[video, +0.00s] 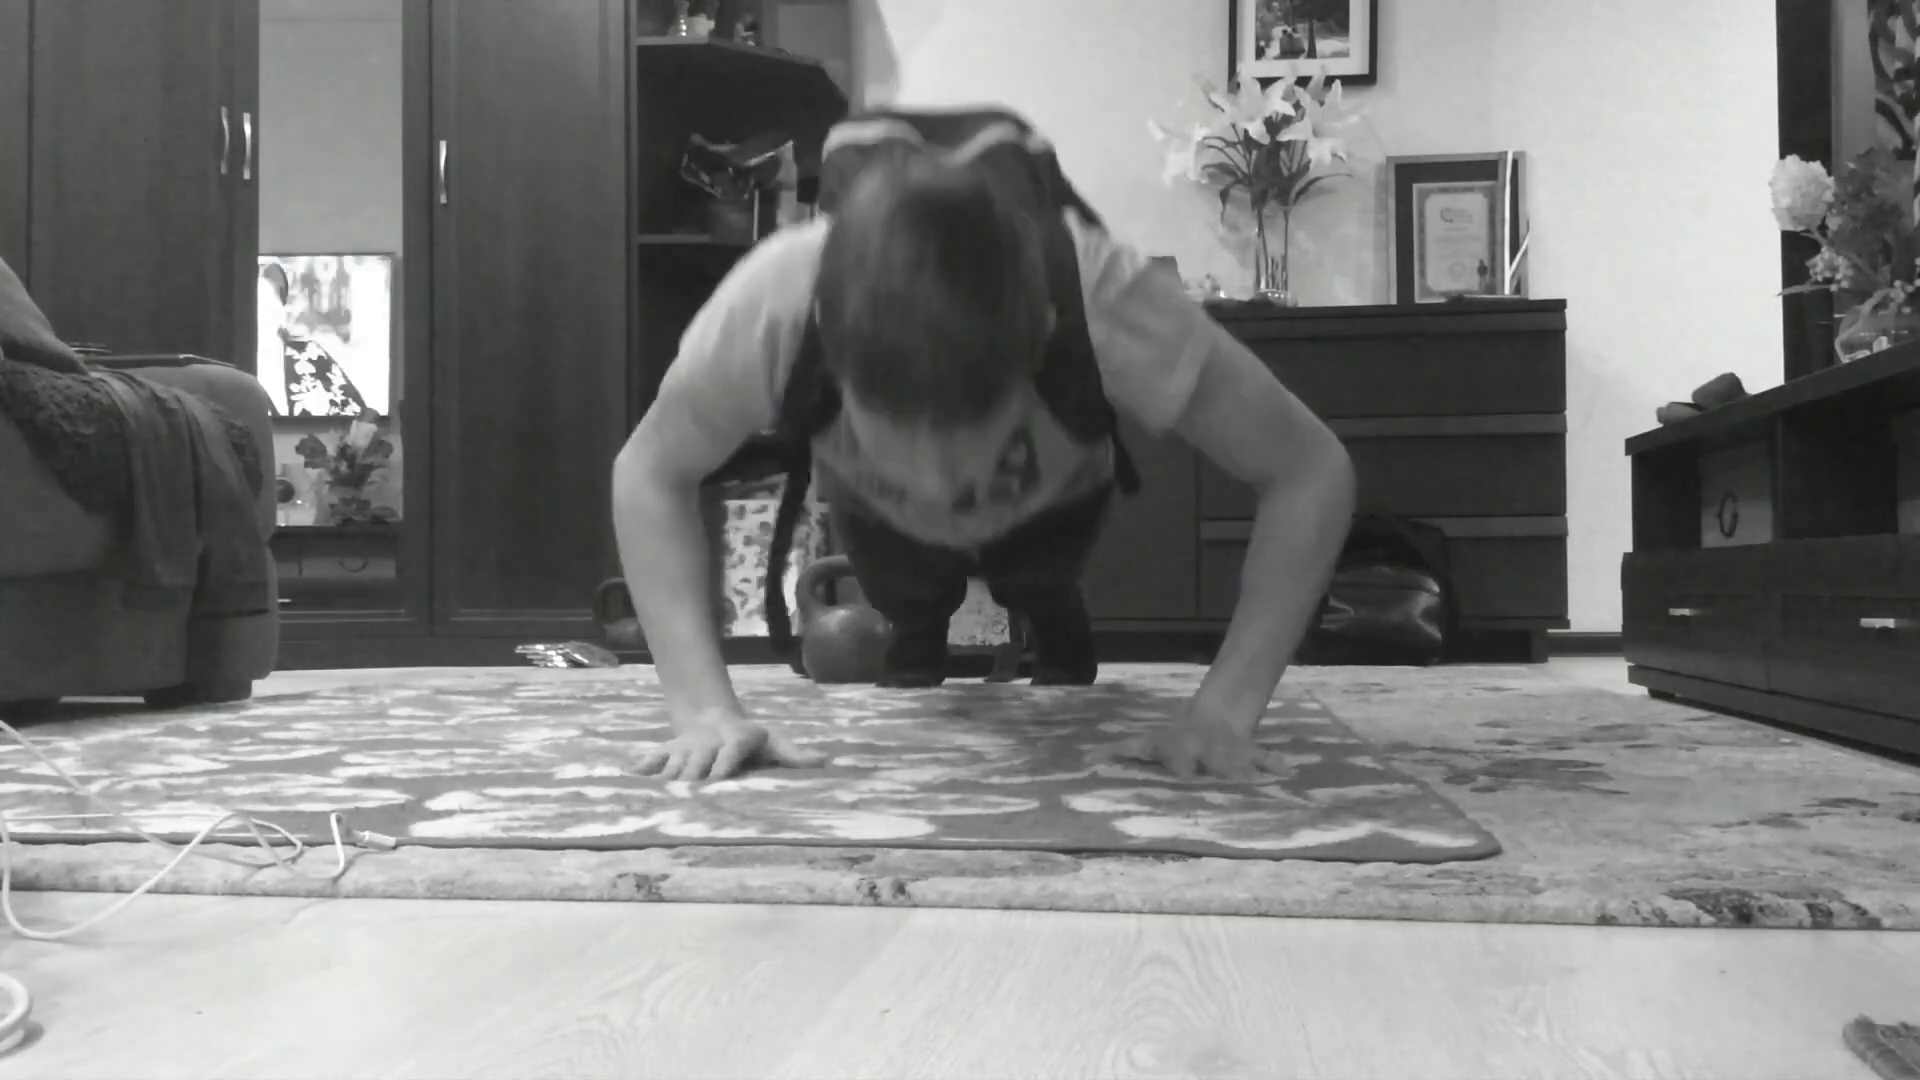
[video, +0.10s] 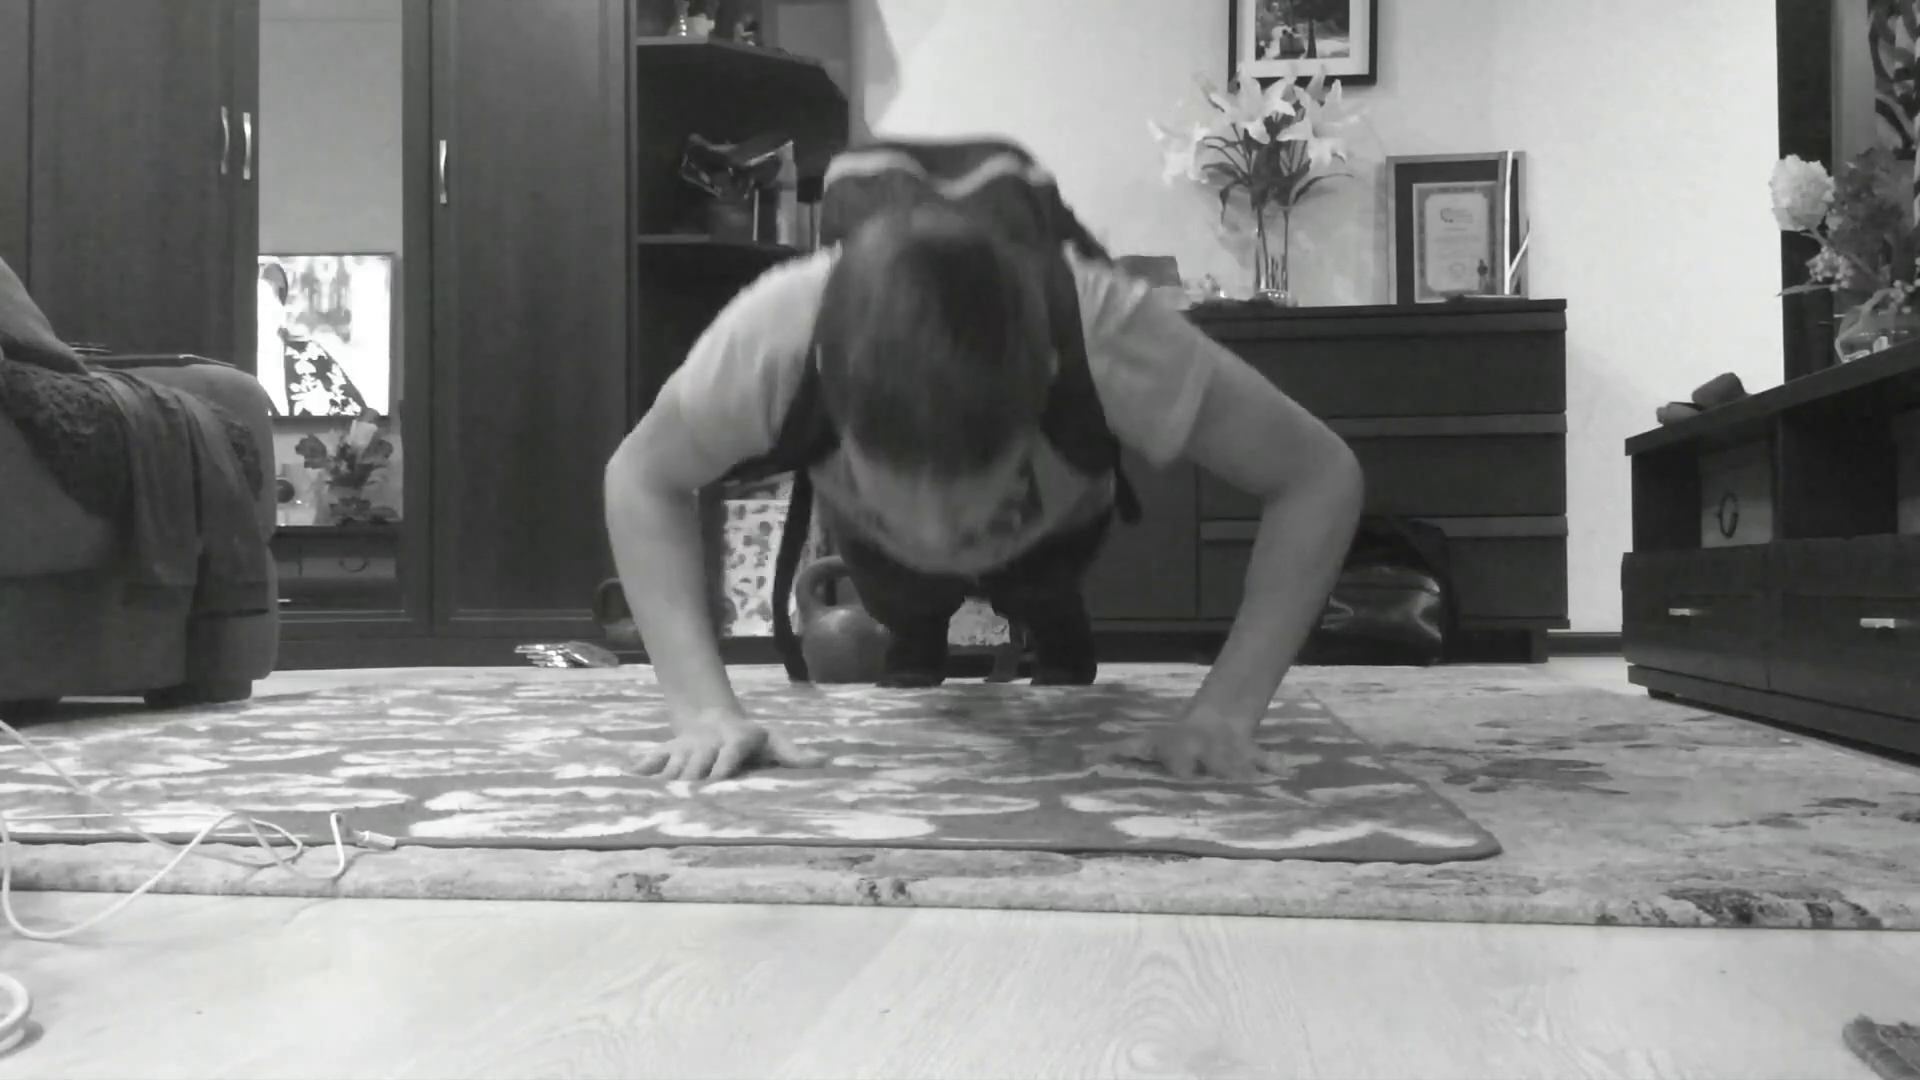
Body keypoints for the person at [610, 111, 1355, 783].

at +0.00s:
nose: (939, 502)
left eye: (980, 465)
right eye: (896, 469)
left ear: (1040, 353)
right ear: (840, 366)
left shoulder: (1117, 314)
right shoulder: (772, 312)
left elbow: (1315, 470)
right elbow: (649, 475)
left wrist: (1227, 709)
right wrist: (702, 704)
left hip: (1052, 503)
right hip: (881, 524)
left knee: (1044, 581)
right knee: (908, 601)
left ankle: (1051, 625)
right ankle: (917, 639)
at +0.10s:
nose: (947, 548)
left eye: (984, 512)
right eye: (901, 523)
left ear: (1049, 398)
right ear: (841, 425)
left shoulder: (1125, 349)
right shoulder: (771, 348)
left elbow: (1323, 476)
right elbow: (644, 477)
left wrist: (1233, 704)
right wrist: (700, 705)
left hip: (1056, 521)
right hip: (883, 544)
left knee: (1045, 587)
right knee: (904, 606)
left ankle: (1048, 627)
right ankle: (918, 632)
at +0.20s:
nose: (948, 600)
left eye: (993, 563)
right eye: (904, 572)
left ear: (1052, 450)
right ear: (838, 464)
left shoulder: (1121, 370)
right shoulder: (770, 372)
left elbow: (1332, 480)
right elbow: (636, 482)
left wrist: (1233, 706)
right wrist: (704, 710)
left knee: (1051, 596)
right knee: (885, 640)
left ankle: (1052, 629)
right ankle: (898, 636)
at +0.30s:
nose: (944, 643)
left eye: (983, 601)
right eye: (902, 605)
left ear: (1056, 492)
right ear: (832, 498)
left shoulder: (1124, 411)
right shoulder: (771, 413)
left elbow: (1337, 485)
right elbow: (628, 488)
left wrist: (1228, 712)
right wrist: (699, 705)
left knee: (1052, 661)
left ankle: (1042, 652)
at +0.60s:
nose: (936, 722)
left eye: (976, 687)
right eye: (893, 683)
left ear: (1049, 573)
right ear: (826, 575)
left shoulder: (1129, 481)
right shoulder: (757, 490)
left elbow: (1340, 485)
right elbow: (614, 492)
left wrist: (1227, 712)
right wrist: (699, 705)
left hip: (1018, 346)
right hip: (863, 340)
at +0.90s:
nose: (936, 774)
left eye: (974, 736)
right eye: (895, 738)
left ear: (1048, 621)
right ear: (826, 629)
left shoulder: (1125, 536)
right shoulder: (752, 546)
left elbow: (1333, 482)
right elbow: (611, 489)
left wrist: (1230, 705)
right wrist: (698, 704)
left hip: (1014, 395)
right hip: (856, 391)